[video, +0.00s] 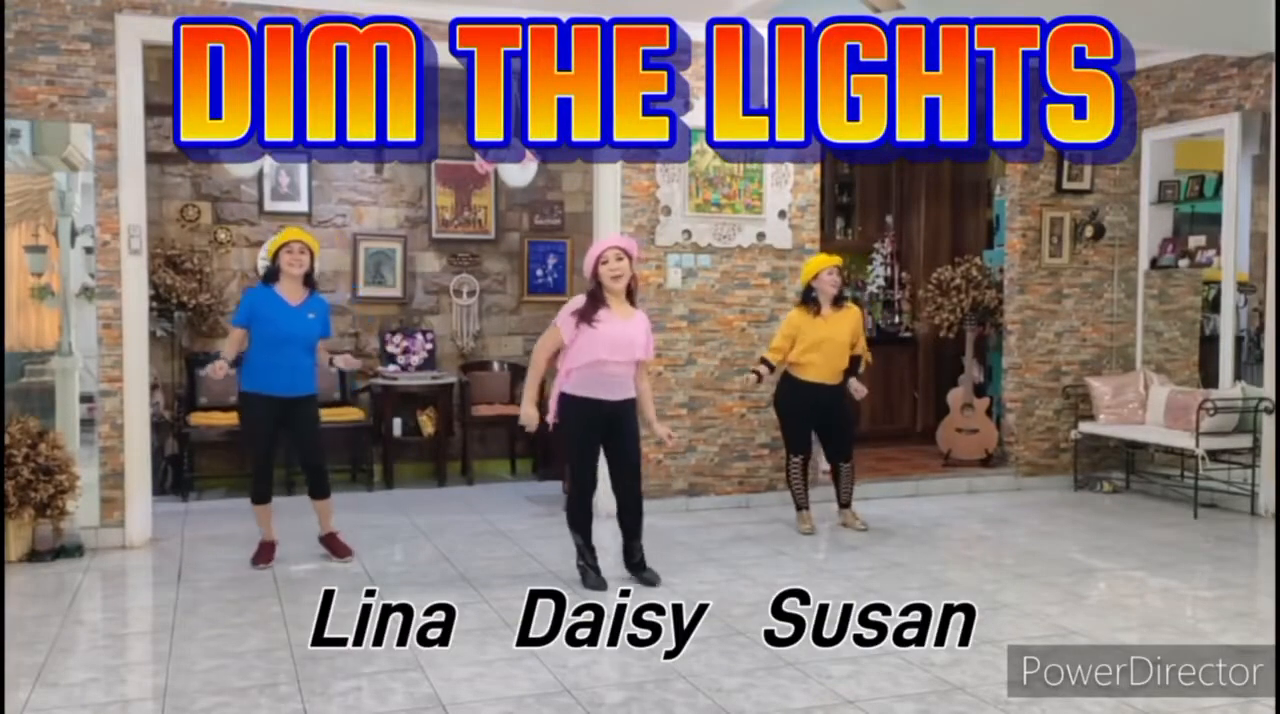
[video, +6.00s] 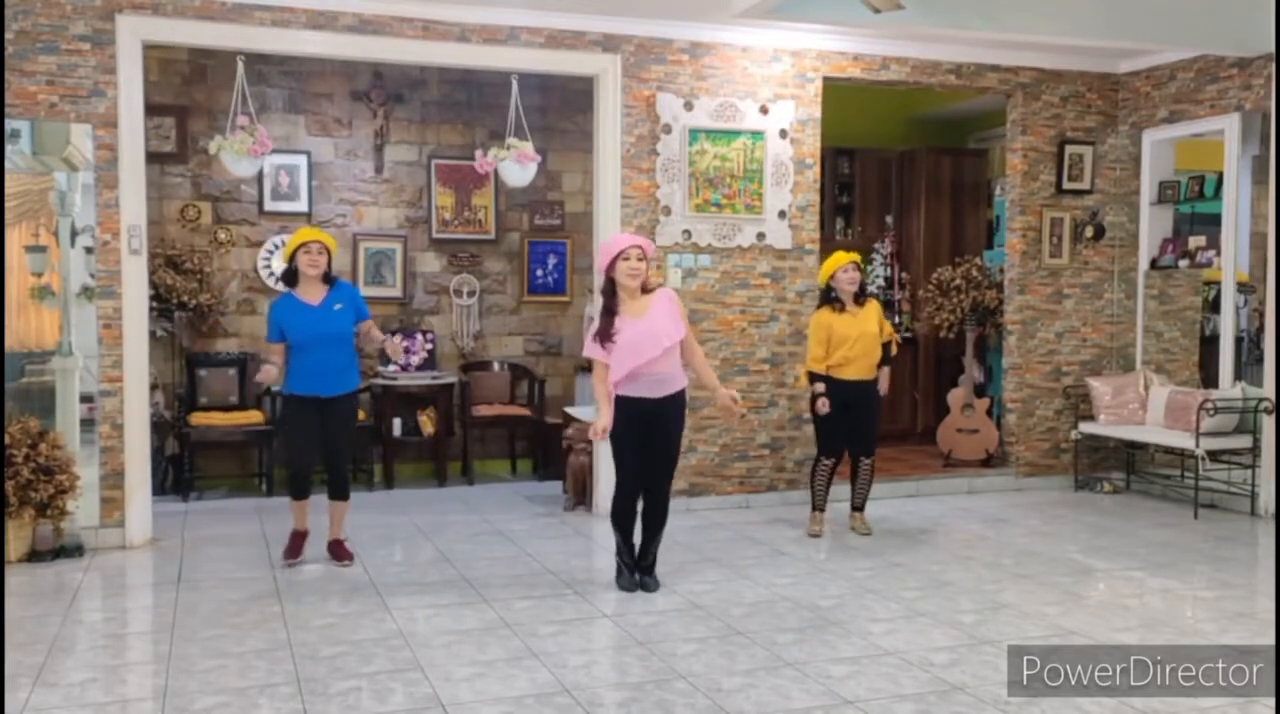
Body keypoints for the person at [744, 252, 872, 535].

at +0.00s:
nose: (836, 279)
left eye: (838, 274)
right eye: (829, 274)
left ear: (841, 280)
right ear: (813, 281)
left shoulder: (852, 314)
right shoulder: (798, 316)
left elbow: (858, 350)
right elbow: (777, 350)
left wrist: (853, 376)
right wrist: (761, 370)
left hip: (833, 392)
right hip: (796, 390)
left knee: (842, 453)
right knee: (798, 452)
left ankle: (846, 510)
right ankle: (802, 512)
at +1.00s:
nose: (838, 277)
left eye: (841, 272)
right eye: (831, 272)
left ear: (846, 277)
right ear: (817, 280)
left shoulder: (857, 307)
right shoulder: (805, 315)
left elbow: (866, 341)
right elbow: (796, 354)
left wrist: (870, 367)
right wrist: (796, 385)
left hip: (847, 387)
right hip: (813, 387)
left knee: (854, 450)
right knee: (809, 451)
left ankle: (855, 510)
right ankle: (805, 511)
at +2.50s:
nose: (834, 277)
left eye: (837, 272)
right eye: (826, 273)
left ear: (843, 277)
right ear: (813, 281)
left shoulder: (855, 310)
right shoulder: (799, 313)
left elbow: (864, 346)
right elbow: (778, 344)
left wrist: (859, 375)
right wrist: (764, 363)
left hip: (837, 391)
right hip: (800, 390)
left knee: (845, 453)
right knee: (803, 453)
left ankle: (842, 509)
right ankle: (806, 514)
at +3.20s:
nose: (835, 278)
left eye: (838, 273)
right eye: (828, 273)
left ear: (842, 279)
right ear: (813, 280)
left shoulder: (854, 307)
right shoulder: (800, 318)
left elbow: (872, 337)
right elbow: (792, 357)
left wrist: (868, 369)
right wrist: (788, 385)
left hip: (847, 389)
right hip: (809, 390)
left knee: (853, 454)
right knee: (808, 454)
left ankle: (856, 512)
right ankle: (808, 513)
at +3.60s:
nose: (856, 279)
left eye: (859, 274)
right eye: (850, 274)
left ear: (861, 279)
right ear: (833, 280)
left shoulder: (871, 305)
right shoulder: (821, 319)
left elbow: (889, 332)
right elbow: (818, 362)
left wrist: (888, 365)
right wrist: (830, 392)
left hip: (869, 387)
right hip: (835, 389)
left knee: (868, 453)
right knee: (833, 453)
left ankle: (858, 512)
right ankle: (818, 511)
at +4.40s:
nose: (856, 276)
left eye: (859, 271)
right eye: (849, 271)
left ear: (864, 278)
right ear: (834, 279)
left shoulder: (871, 314)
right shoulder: (818, 312)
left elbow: (888, 346)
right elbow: (801, 351)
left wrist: (880, 373)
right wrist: (794, 384)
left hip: (857, 391)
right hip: (821, 389)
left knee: (858, 453)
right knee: (818, 453)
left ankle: (857, 512)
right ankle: (811, 514)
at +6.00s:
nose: (852, 276)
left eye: (855, 270)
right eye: (844, 271)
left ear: (861, 276)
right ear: (832, 280)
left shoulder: (872, 308)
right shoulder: (823, 316)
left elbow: (888, 338)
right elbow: (815, 358)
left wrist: (885, 368)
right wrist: (819, 392)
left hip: (866, 387)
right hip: (833, 387)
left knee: (865, 453)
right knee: (830, 452)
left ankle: (858, 512)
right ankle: (818, 512)